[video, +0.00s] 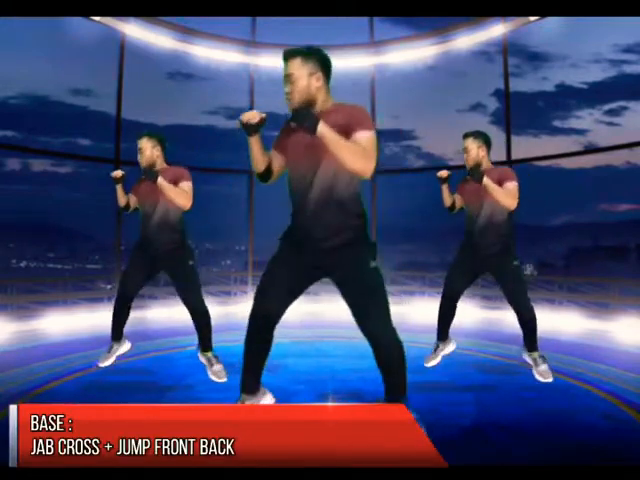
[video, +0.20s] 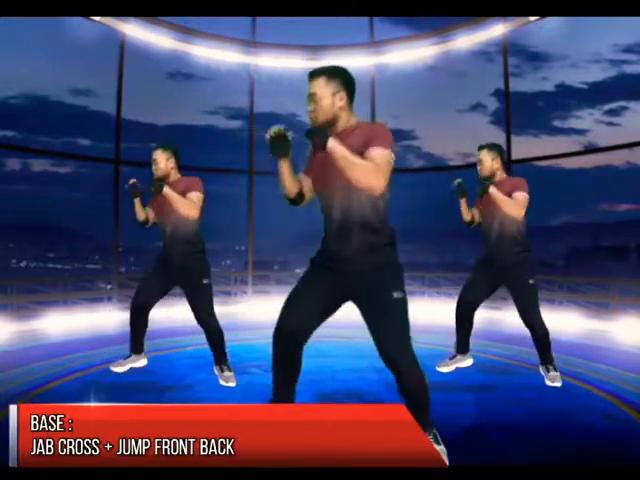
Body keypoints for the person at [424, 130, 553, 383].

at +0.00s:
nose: (465, 154)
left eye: (469, 149)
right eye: (464, 150)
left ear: (484, 151)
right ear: (466, 154)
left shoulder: (504, 174)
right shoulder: (466, 184)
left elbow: (511, 203)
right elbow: (451, 206)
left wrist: (484, 179)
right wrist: (444, 184)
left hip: (501, 251)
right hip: (472, 251)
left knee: (521, 304)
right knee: (450, 293)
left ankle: (532, 352)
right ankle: (443, 341)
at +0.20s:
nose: (478, 166)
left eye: (482, 161)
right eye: (478, 162)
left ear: (497, 162)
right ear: (482, 165)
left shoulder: (517, 184)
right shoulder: (484, 192)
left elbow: (518, 212)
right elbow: (470, 219)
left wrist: (491, 190)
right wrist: (462, 198)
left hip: (517, 264)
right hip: (492, 263)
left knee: (532, 318)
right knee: (465, 303)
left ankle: (548, 365)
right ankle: (462, 354)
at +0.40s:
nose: (489, 164)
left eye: (493, 159)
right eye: (487, 160)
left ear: (508, 160)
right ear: (490, 163)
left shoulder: (527, 184)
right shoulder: (491, 192)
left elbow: (533, 214)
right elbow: (479, 220)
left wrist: (505, 190)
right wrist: (467, 204)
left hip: (524, 262)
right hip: (494, 262)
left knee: (536, 318)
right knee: (469, 304)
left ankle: (548, 366)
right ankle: (462, 354)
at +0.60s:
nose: (489, 163)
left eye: (494, 158)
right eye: (487, 158)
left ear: (508, 159)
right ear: (487, 161)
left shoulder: (524, 185)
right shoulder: (479, 183)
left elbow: (533, 214)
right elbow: (447, 189)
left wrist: (510, 188)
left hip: (518, 263)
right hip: (488, 262)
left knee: (535, 314)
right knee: (463, 305)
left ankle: (548, 364)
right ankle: (461, 355)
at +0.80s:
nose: (476, 160)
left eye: (479, 156)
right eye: (475, 156)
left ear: (492, 157)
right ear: (484, 158)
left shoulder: (504, 181)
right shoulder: (483, 183)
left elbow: (504, 212)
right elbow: (486, 213)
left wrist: (479, 188)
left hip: (500, 258)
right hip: (484, 256)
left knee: (513, 310)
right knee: (460, 300)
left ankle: (552, 357)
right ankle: (461, 354)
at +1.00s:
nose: (480, 162)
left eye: (482, 157)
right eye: (480, 158)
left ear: (492, 156)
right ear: (497, 157)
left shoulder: (496, 176)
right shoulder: (501, 179)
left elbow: (458, 182)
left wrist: (433, 173)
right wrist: (441, 176)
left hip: (499, 258)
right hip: (489, 256)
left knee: (513, 313)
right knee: (464, 300)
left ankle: (548, 359)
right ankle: (461, 354)